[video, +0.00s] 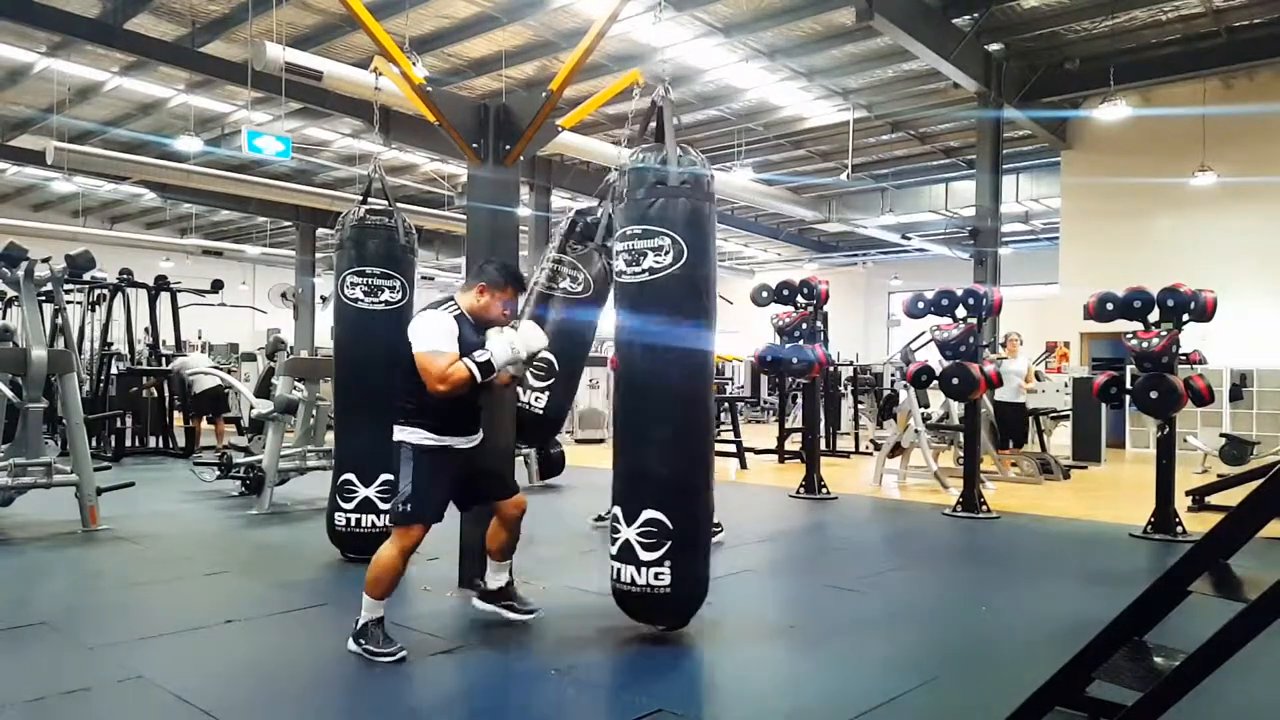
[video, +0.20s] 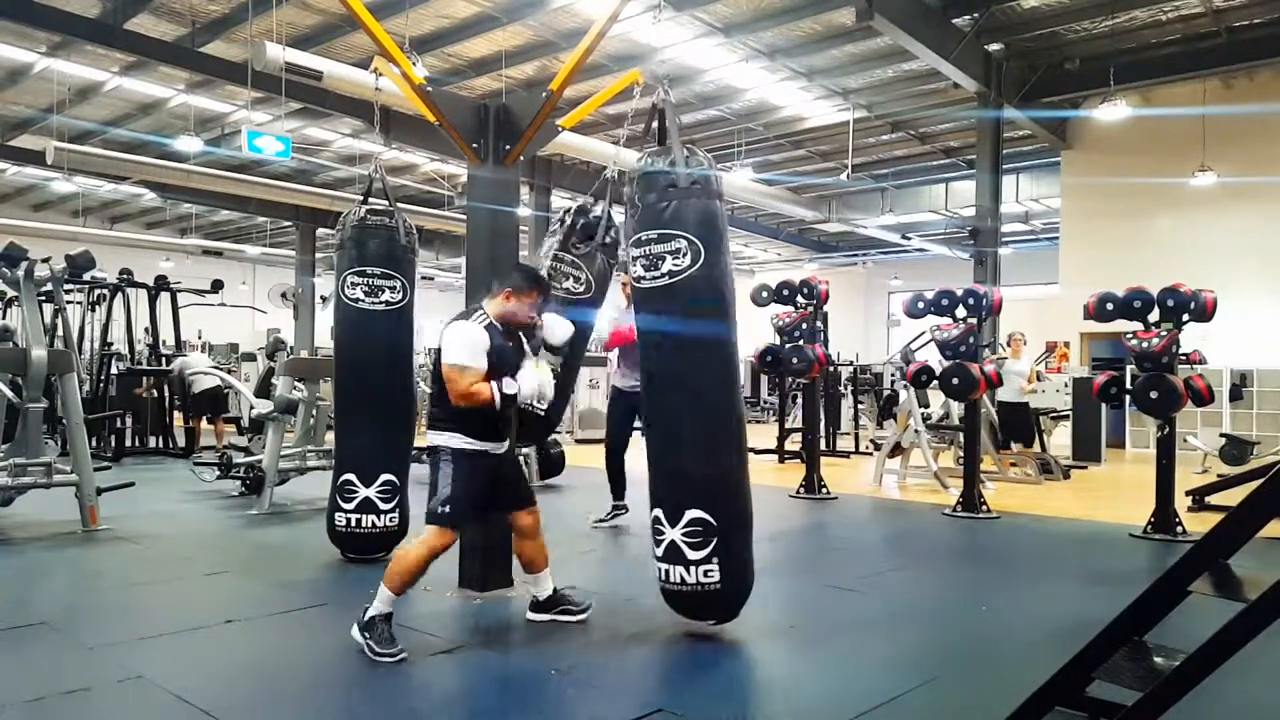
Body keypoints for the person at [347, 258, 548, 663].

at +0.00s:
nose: (507, 316)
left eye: (511, 309)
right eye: (506, 307)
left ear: (488, 296)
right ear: (482, 291)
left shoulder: (480, 329)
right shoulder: (433, 321)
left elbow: (483, 379)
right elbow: (441, 381)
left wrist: (518, 370)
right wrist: (499, 352)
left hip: (468, 446)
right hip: (425, 447)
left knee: (512, 506)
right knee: (407, 536)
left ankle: (495, 587)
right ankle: (367, 625)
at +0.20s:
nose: (535, 316)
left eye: (538, 309)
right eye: (533, 307)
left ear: (512, 299)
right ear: (508, 296)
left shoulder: (507, 332)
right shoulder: (465, 331)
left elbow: (518, 371)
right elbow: (461, 392)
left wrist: (546, 342)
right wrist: (514, 387)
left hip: (497, 449)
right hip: (456, 449)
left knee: (527, 521)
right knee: (439, 537)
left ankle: (544, 598)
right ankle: (375, 617)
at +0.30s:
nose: (556, 315)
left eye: (557, 308)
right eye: (554, 307)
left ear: (531, 300)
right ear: (536, 301)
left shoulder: (516, 326)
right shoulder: (506, 326)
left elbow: (515, 366)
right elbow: (486, 369)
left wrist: (546, 349)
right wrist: (533, 379)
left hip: (510, 448)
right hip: (478, 448)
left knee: (541, 514)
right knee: (467, 535)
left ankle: (547, 597)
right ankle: (383, 611)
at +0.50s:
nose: (583, 323)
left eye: (586, 316)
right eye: (583, 314)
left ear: (554, 302)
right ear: (567, 304)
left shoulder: (524, 325)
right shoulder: (552, 326)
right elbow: (585, 377)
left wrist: (608, 370)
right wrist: (619, 369)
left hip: (531, 447)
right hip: (500, 444)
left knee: (564, 511)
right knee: (478, 528)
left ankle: (547, 597)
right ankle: (399, 607)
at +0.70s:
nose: (589, 325)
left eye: (592, 318)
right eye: (589, 316)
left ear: (571, 305)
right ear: (569, 303)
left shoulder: (560, 337)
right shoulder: (527, 332)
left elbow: (570, 378)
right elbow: (540, 391)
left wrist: (614, 369)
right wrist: (577, 363)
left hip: (548, 447)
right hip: (508, 448)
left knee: (583, 507)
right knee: (492, 531)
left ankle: (557, 586)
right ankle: (439, 612)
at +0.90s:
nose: (599, 323)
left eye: (600, 316)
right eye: (595, 315)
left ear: (580, 309)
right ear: (573, 306)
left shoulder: (580, 338)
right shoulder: (528, 339)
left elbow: (621, 352)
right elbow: (513, 393)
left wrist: (657, 344)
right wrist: (565, 400)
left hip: (556, 447)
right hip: (514, 446)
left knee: (588, 512)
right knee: (500, 528)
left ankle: (574, 588)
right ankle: (442, 611)